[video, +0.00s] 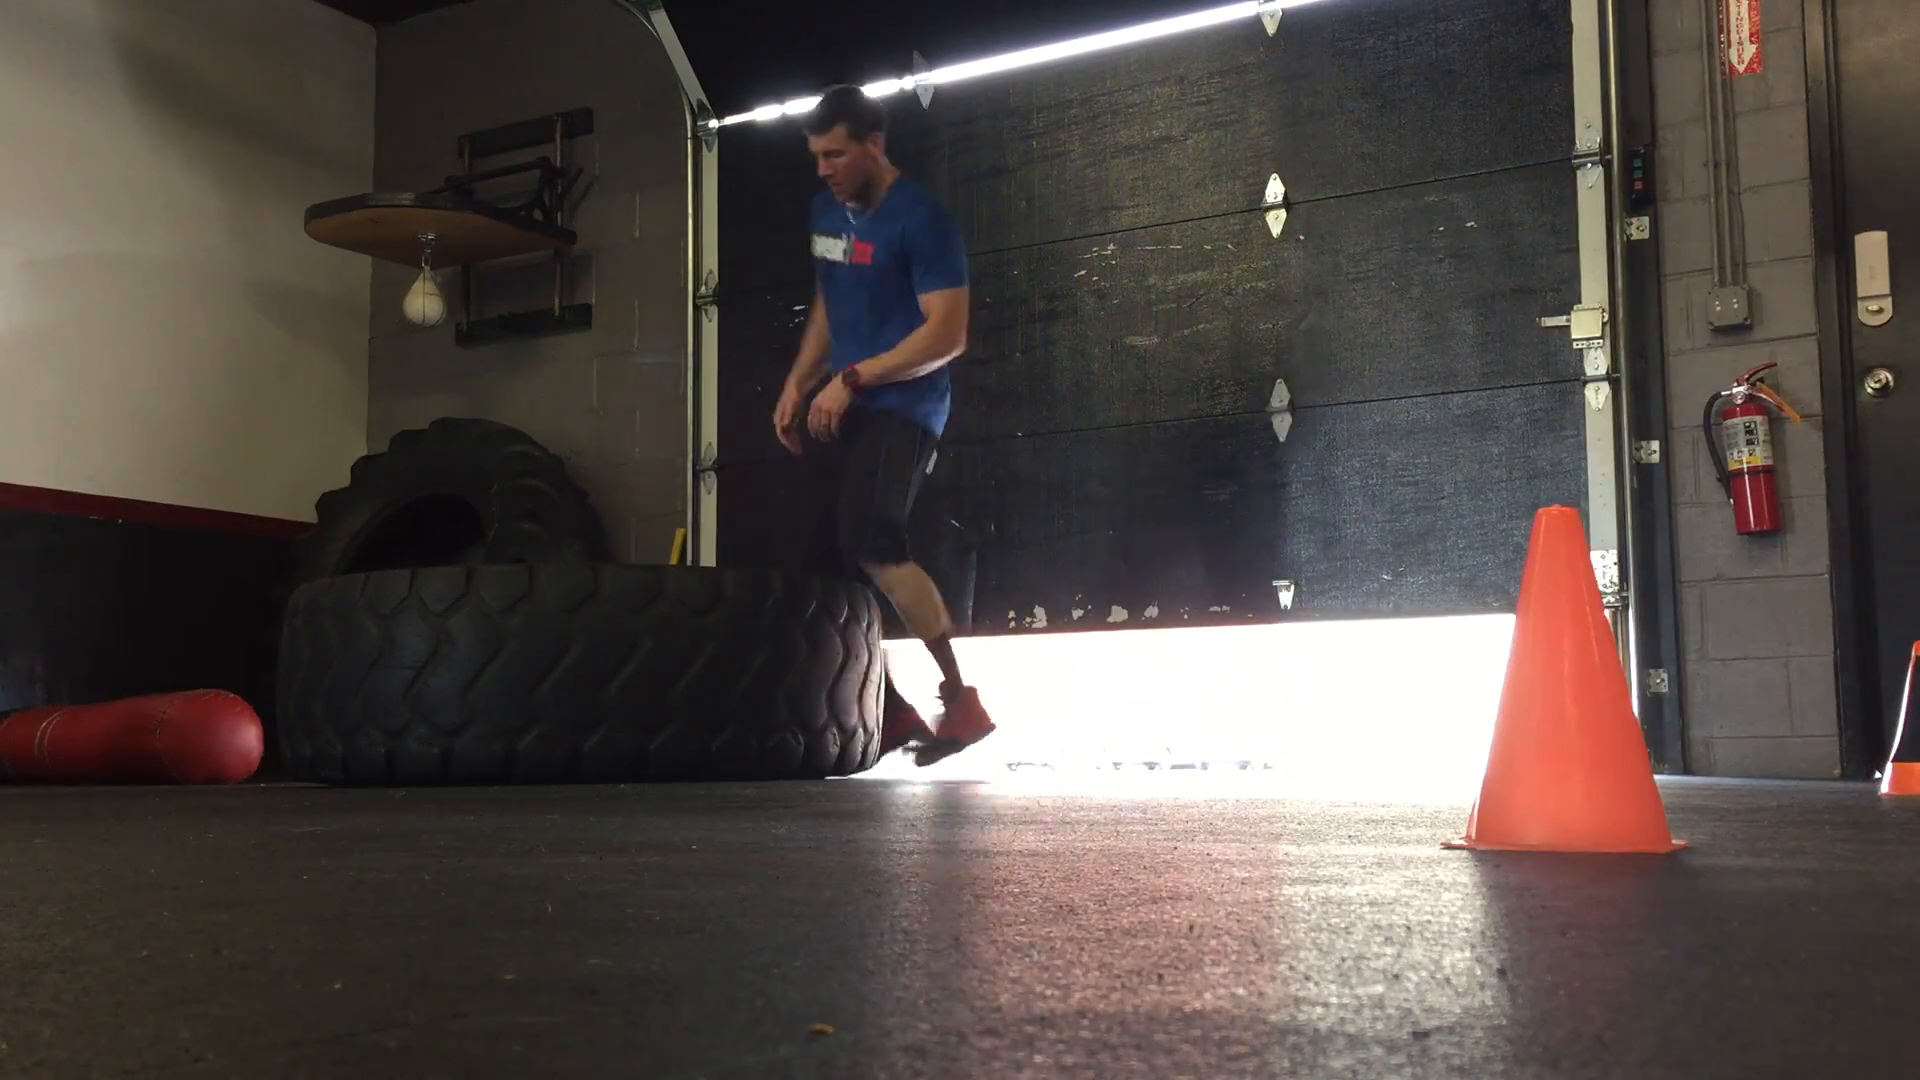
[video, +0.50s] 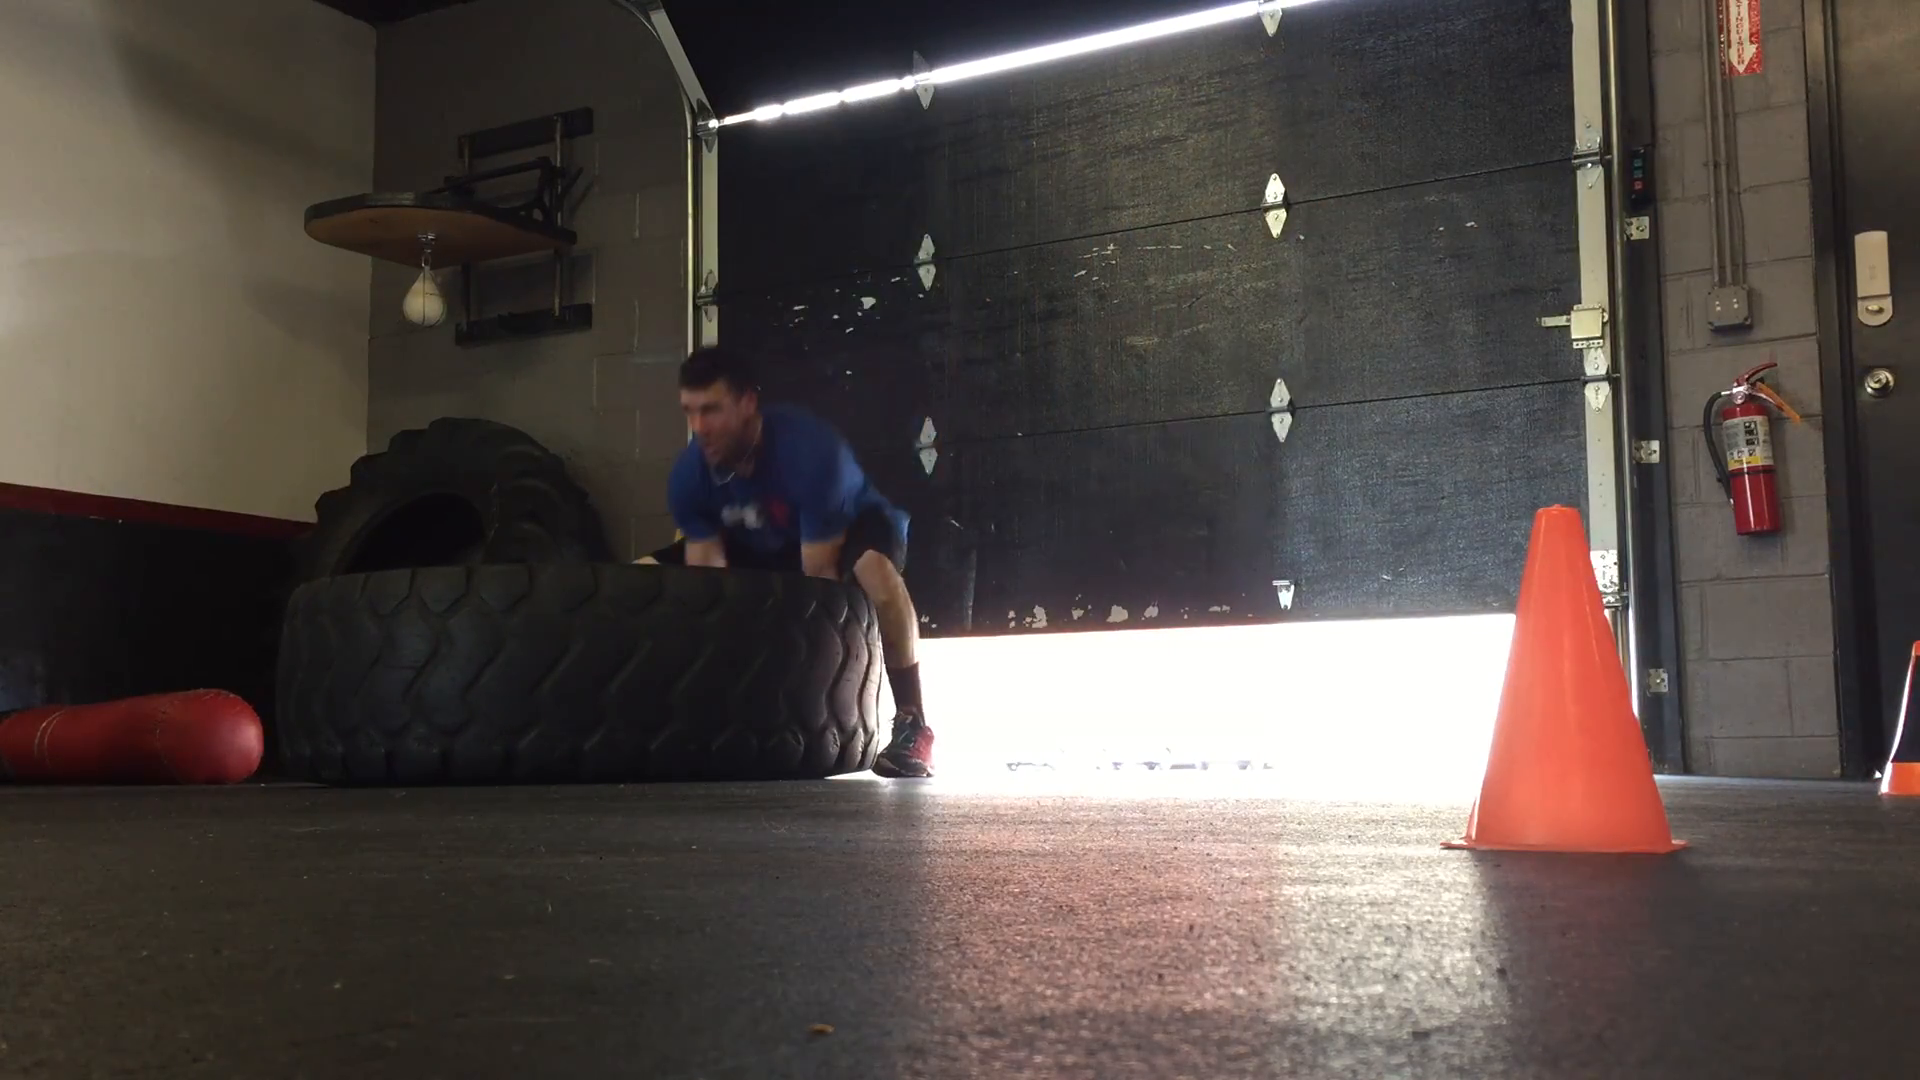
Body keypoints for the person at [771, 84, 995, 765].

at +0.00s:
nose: (825, 171)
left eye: (834, 157)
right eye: (819, 159)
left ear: (875, 144)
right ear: (820, 154)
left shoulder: (922, 217)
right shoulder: (828, 210)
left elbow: (948, 333)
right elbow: (829, 306)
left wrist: (853, 378)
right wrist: (797, 382)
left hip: (906, 405)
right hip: (847, 404)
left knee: (877, 541)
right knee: (830, 555)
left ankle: (962, 702)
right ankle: (887, 711)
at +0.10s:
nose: (800, 177)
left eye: (811, 162)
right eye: (792, 165)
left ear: (850, 150)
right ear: (789, 159)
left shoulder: (902, 217)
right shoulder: (793, 217)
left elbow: (920, 335)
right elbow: (791, 311)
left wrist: (840, 400)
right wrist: (776, 395)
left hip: (903, 401)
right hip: (828, 401)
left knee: (883, 540)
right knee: (776, 546)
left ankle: (910, 715)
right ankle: (801, 709)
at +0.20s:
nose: (772, 221)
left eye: (783, 206)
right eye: (763, 209)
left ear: (821, 194)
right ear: (757, 204)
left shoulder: (876, 260)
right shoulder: (763, 266)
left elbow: (882, 384)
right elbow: (764, 370)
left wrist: (823, 482)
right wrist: (756, 469)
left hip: (894, 419)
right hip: (817, 415)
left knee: (885, 557)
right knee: (791, 553)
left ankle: (909, 726)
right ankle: (805, 715)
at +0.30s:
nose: (748, 296)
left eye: (760, 282)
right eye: (740, 284)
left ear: (798, 276)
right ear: (731, 281)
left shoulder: (851, 334)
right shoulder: (738, 341)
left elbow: (841, 466)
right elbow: (747, 455)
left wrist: (823, 574)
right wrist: (738, 567)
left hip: (889, 458)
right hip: (805, 463)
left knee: (884, 558)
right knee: (733, 565)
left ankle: (913, 727)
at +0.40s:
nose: (722, 378)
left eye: (733, 364)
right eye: (715, 366)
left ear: (771, 352)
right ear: (707, 361)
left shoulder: (828, 402)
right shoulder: (710, 419)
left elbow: (828, 527)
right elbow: (726, 531)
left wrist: (824, 645)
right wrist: (728, 638)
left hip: (862, 498)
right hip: (774, 510)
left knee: (884, 558)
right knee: (664, 573)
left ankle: (913, 722)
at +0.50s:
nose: (698, 426)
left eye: (710, 411)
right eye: (689, 413)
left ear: (749, 404)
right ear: (682, 412)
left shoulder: (814, 451)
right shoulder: (689, 476)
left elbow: (819, 576)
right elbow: (706, 579)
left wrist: (815, 695)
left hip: (847, 533)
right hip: (756, 547)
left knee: (873, 566)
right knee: (644, 574)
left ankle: (911, 723)